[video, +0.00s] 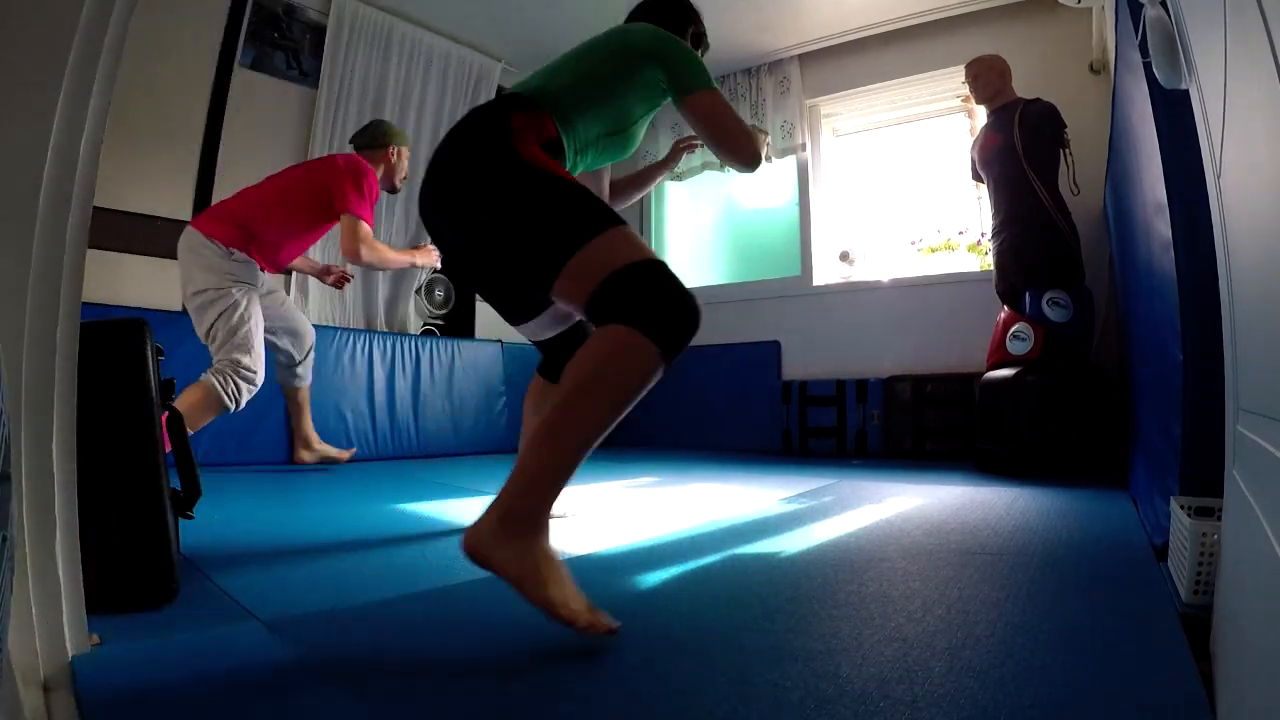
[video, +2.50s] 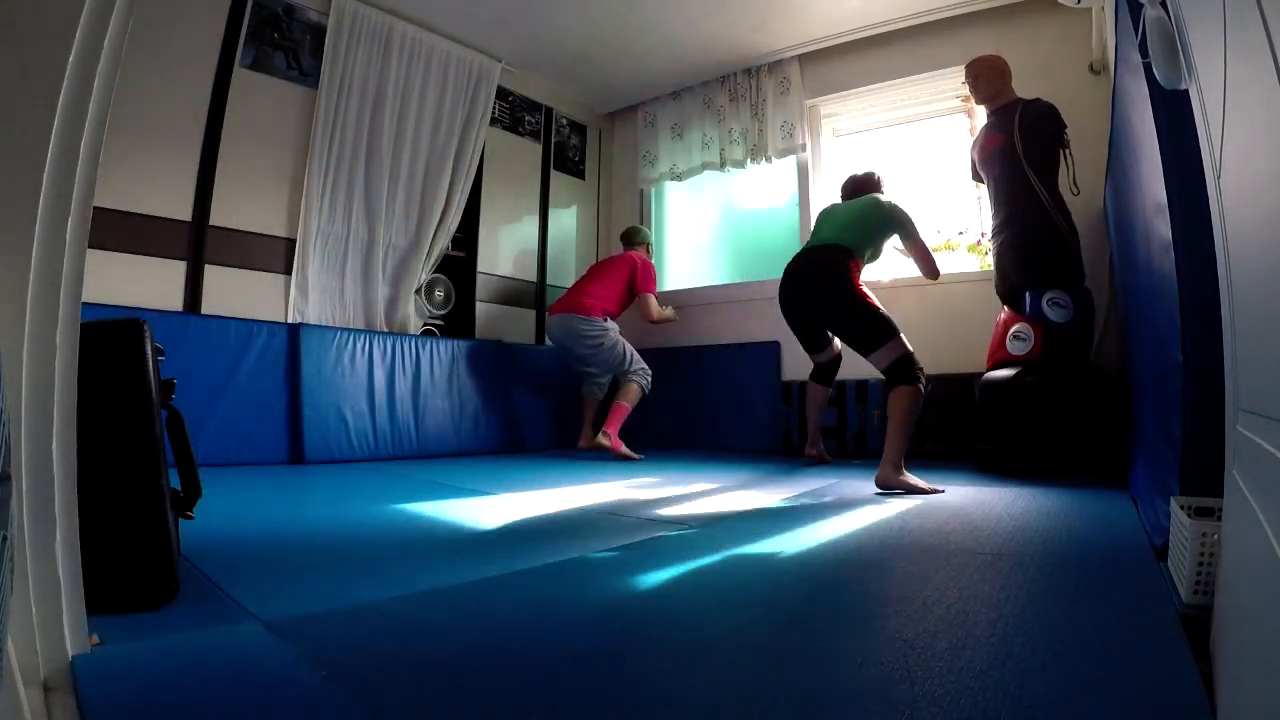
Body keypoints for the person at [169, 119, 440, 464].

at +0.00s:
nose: (407, 168)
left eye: (408, 159)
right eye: (407, 157)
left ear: (370, 149)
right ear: (391, 153)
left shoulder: (337, 171)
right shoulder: (359, 172)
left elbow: (265, 243)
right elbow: (358, 248)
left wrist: (318, 269)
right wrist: (414, 257)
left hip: (245, 261)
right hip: (218, 252)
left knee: (297, 337)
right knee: (239, 374)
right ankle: (152, 444)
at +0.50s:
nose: (501, 193)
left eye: (501, 185)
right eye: (500, 184)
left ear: (464, 180)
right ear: (489, 182)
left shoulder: (444, 204)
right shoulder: (462, 200)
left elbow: (423, 280)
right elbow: (473, 263)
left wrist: (467, 277)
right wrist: (516, 265)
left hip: (391, 292)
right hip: (369, 286)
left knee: (436, 358)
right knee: (407, 368)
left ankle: (418, 445)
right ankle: (317, 436)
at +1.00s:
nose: (576, 220)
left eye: (575, 214)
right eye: (577, 214)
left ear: (545, 210)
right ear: (570, 211)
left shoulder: (525, 228)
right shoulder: (555, 229)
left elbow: (489, 274)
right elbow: (566, 289)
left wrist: (524, 295)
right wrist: (594, 288)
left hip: (449, 295)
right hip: (480, 298)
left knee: (502, 367)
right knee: (533, 367)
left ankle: (495, 441)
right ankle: (468, 421)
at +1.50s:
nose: (630, 234)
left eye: (631, 229)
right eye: (631, 228)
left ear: (602, 222)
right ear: (625, 223)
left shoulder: (587, 238)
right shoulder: (614, 239)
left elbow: (563, 288)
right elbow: (626, 293)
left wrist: (597, 297)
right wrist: (650, 291)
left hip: (524, 306)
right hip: (553, 306)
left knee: (578, 364)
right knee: (610, 358)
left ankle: (559, 428)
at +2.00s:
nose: (649, 258)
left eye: (648, 254)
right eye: (649, 253)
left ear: (621, 251)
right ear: (644, 252)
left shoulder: (604, 266)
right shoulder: (638, 267)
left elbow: (583, 304)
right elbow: (649, 318)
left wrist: (611, 328)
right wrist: (664, 317)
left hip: (553, 324)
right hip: (586, 325)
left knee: (597, 375)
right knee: (639, 375)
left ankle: (586, 435)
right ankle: (610, 432)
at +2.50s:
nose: (651, 254)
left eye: (650, 251)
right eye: (651, 250)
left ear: (624, 247)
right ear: (647, 248)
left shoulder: (607, 262)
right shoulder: (641, 262)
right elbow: (652, 314)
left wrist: (650, 302)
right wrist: (668, 314)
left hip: (556, 319)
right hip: (587, 320)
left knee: (598, 374)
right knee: (638, 372)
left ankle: (586, 435)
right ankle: (610, 433)